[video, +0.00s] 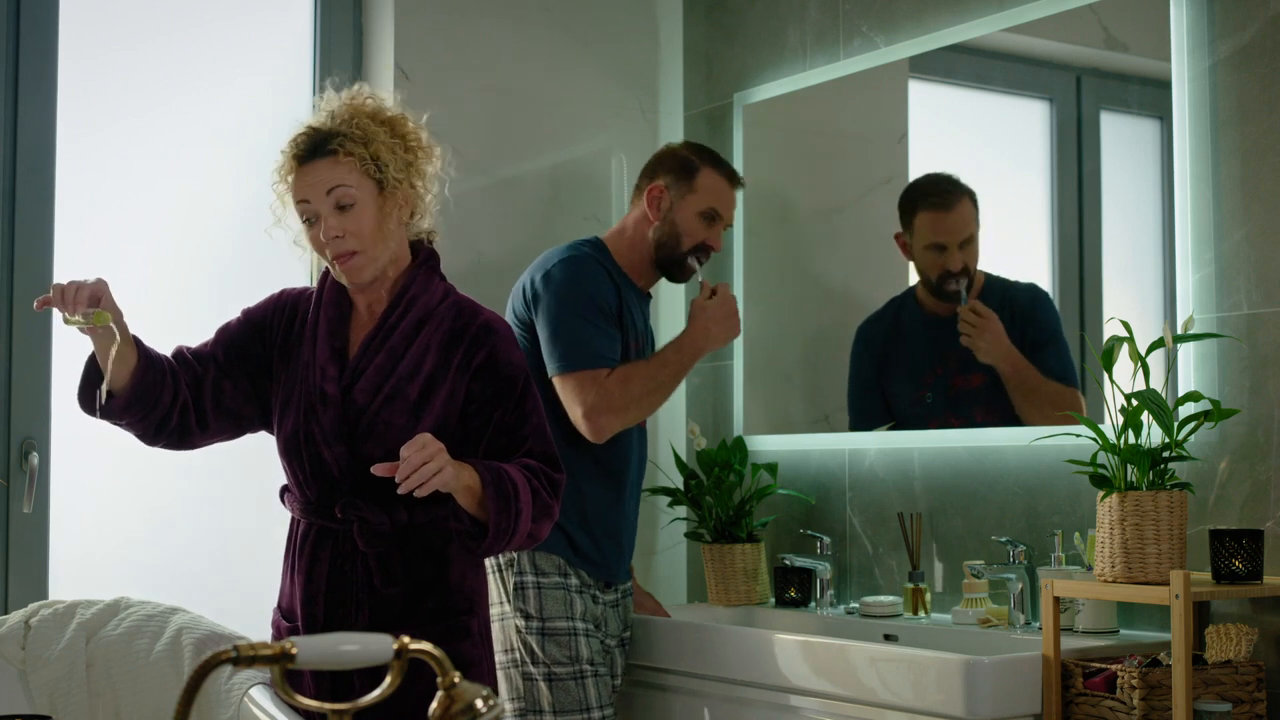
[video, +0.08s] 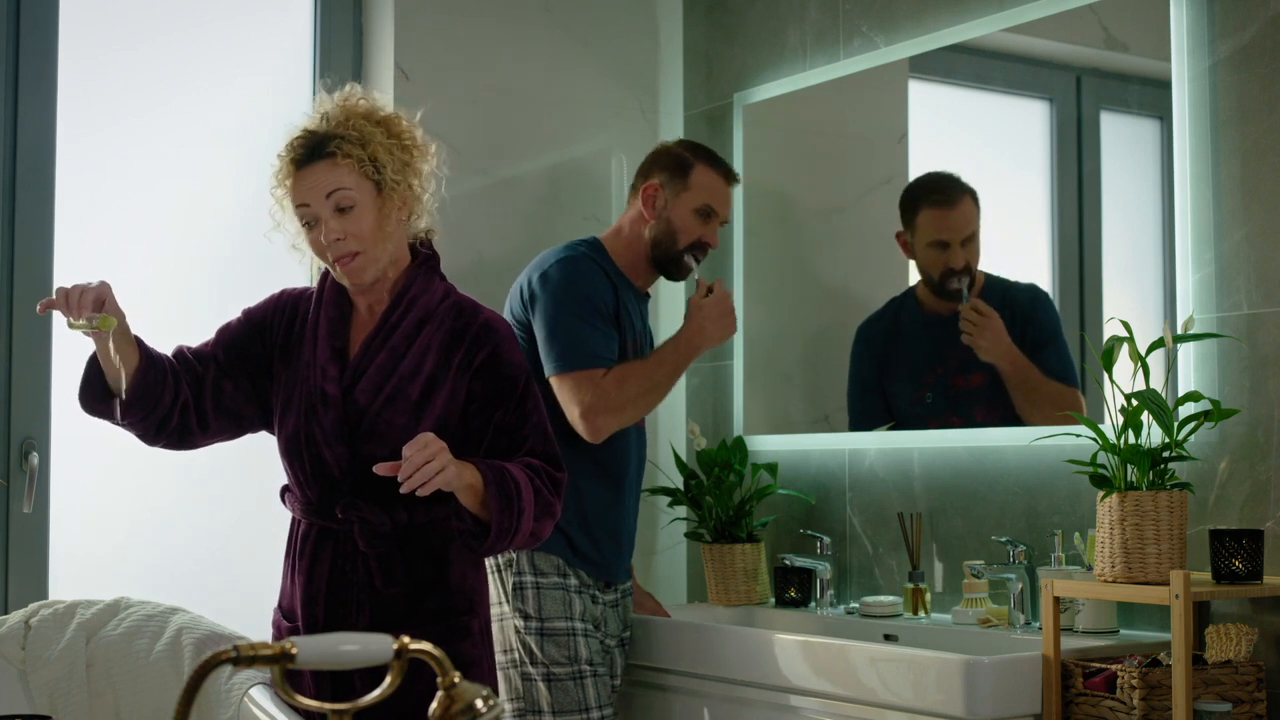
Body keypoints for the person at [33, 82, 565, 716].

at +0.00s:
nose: (327, 231)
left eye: (344, 203)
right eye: (311, 215)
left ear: (400, 198)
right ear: (301, 226)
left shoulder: (478, 342)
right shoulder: (289, 326)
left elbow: (537, 497)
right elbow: (176, 406)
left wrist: (463, 479)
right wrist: (105, 328)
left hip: (435, 630)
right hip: (311, 628)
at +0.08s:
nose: (327, 233)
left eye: (343, 206)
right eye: (310, 219)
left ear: (398, 199)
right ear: (300, 229)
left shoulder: (478, 340)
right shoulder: (289, 326)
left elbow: (539, 495)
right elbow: (175, 407)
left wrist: (466, 479)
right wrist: (107, 328)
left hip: (437, 628)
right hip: (312, 627)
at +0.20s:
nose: (331, 235)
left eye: (347, 207)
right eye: (313, 219)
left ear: (400, 200)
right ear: (302, 229)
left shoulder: (478, 340)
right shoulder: (290, 326)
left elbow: (540, 494)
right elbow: (177, 408)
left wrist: (468, 479)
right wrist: (111, 332)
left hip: (437, 628)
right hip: (311, 626)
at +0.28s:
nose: (342, 234)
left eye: (357, 206)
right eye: (321, 218)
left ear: (402, 199)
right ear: (306, 228)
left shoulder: (479, 340)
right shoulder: (288, 327)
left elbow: (540, 494)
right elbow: (175, 408)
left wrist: (468, 479)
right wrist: (110, 330)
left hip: (439, 628)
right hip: (312, 627)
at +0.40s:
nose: (371, 232)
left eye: (382, 204)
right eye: (342, 219)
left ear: (411, 200)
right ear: (314, 232)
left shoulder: (479, 340)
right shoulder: (286, 329)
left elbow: (537, 493)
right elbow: (169, 410)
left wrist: (467, 477)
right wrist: (112, 327)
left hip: (440, 622)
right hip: (315, 623)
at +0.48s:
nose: (385, 238)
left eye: (395, 207)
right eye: (354, 223)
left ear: (417, 200)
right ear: (316, 233)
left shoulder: (479, 339)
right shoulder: (284, 331)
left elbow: (535, 491)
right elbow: (165, 412)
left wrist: (464, 473)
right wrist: (113, 327)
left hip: (441, 621)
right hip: (316, 622)